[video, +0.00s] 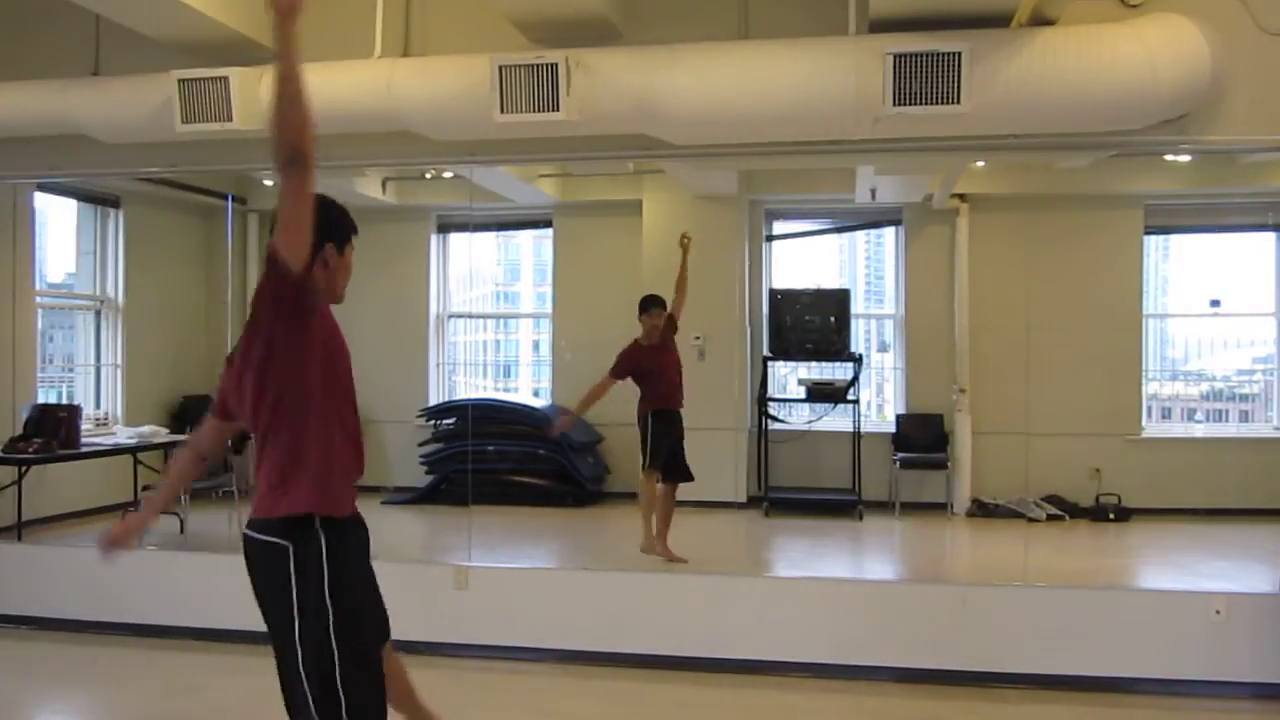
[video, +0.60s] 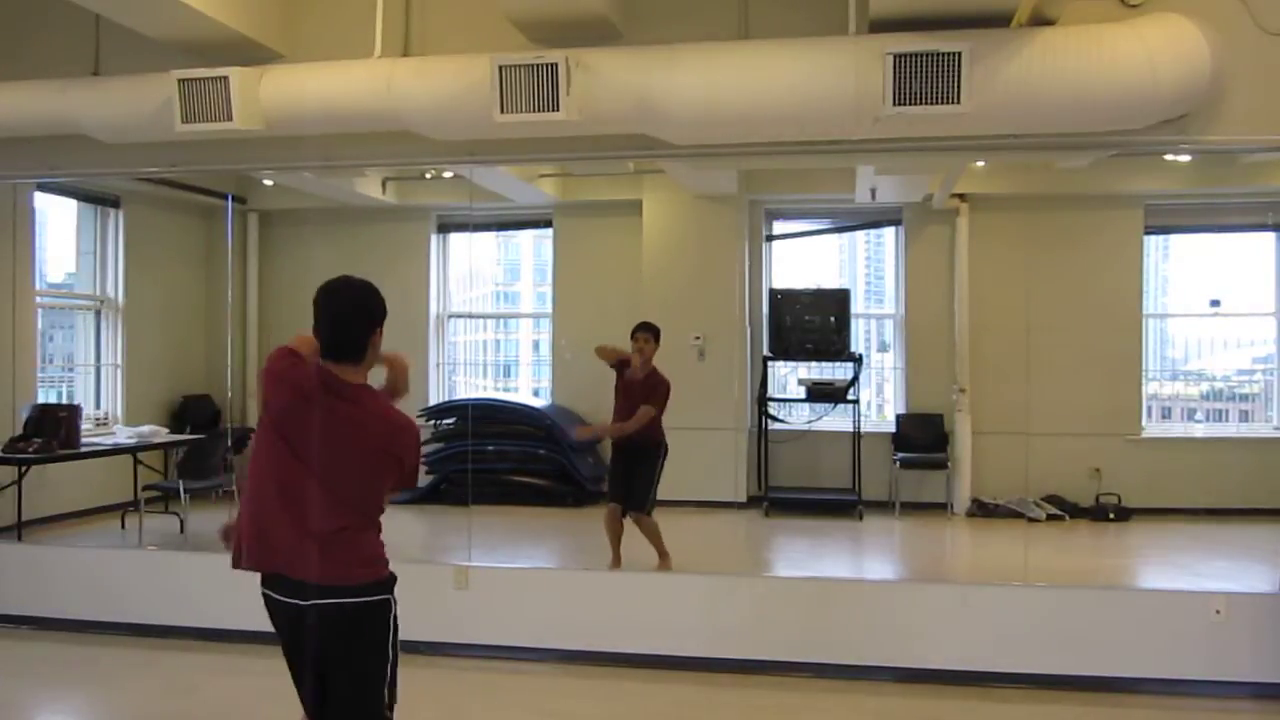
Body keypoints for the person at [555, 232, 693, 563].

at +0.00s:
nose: (659, 324)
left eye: (662, 319)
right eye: (653, 319)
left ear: (666, 319)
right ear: (641, 319)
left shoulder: (667, 336)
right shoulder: (632, 354)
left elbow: (679, 295)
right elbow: (603, 386)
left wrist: (685, 255)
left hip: (673, 414)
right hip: (652, 414)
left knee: (671, 479)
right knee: (651, 474)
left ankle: (662, 541)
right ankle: (648, 538)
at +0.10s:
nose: (649, 316)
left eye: (653, 311)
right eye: (644, 312)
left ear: (658, 314)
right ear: (635, 315)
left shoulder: (668, 337)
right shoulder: (625, 345)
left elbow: (698, 301)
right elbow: (586, 355)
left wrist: (722, 260)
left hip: (668, 418)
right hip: (643, 419)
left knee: (665, 484)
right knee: (634, 483)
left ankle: (662, 542)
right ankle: (620, 547)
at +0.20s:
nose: (639, 317)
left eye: (644, 312)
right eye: (634, 312)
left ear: (652, 315)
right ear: (627, 316)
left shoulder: (665, 343)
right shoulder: (615, 345)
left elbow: (705, 327)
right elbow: (581, 329)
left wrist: (747, 305)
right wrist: (556, 312)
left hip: (659, 422)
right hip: (629, 423)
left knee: (662, 484)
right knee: (620, 489)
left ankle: (664, 539)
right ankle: (609, 550)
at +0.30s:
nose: (632, 319)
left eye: (639, 314)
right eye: (628, 314)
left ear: (648, 319)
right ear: (622, 318)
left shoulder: (660, 350)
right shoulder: (610, 344)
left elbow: (698, 359)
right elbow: (586, 310)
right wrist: (583, 272)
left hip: (650, 427)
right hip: (617, 427)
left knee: (663, 491)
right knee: (613, 494)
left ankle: (671, 541)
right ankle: (613, 554)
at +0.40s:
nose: (633, 324)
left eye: (639, 321)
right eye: (630, 320)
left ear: (648, 326)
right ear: (622, 323)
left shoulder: (655, 359)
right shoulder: (612, 346)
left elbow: (677, 398)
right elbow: (594, 306)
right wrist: (611, 272)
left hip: (648, 431)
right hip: (618, 430)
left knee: (653, 498)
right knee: (614, 498)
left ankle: (668, 553)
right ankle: (614, 556)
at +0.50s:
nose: (635, 336)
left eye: (641, 331)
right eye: (631, 331)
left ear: (651, 336)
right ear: (625, 334)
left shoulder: (656, 373)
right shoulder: (617, 358)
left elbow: (650, 422)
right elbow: (601, 318)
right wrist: (624, 303)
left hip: (646, 437)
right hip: (618, 436)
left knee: (642, 501)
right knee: (614, 502)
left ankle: (666, 554)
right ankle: (615, 558)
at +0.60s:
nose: (640, 346)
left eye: (647, 341)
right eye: (636, 341)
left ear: (656, 346)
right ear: (631, 344)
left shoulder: (660, 384)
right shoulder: (623, 367)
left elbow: (634, 424)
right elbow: (599, 352)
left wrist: (595, 431)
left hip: (650, 448)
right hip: (622, 444)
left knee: (638, 511)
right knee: (614, 508)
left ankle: (663, 556)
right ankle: (615, 559)